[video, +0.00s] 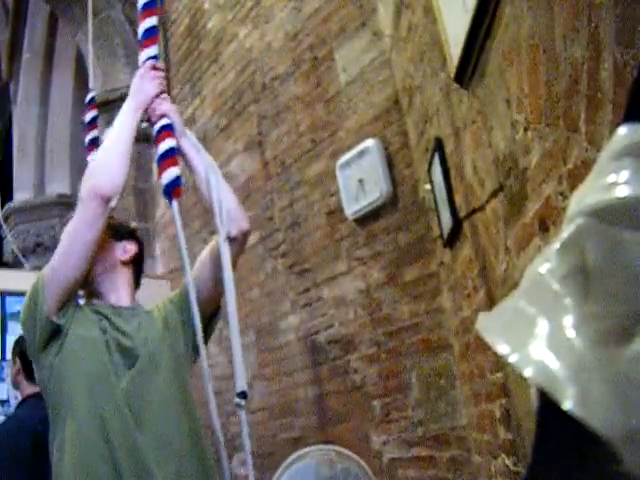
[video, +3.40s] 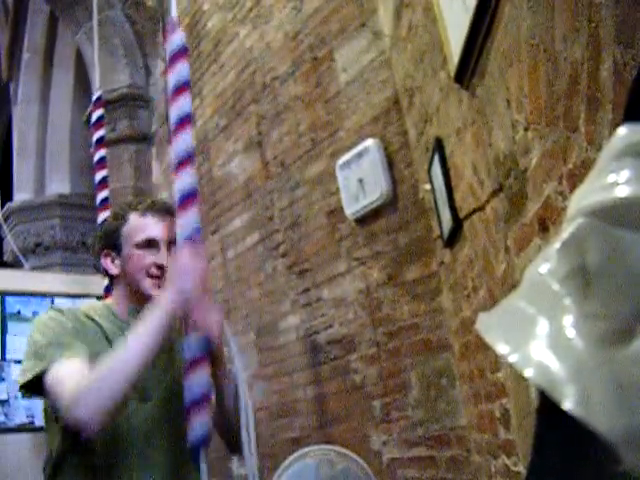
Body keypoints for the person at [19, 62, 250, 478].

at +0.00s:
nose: (84, 247)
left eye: (96, 237)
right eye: (83, 240)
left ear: (127, 250)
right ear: (72, 255)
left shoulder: (171, 322)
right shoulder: (53, 328)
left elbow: (234, 229)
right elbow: (98, 193)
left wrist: (179, 132)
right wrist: (134, 103)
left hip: (184, 470)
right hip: (86, 470)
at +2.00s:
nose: (101, 238)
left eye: (115, 230)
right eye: (102, 230)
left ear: (146, 245)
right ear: (88, 246)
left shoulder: (185, 320)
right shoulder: (66, 322)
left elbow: (248, 228)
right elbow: (112, 191)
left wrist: (193, 137)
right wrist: (145, 103)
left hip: (189, 470)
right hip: (92, 470)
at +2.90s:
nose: (148, 239)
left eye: (155, 231)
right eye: (137, 232)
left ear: (163, 244)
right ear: (108, 242)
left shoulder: (184, 331)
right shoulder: (65, 325)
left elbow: (251, 280)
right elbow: (126, 237)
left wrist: (193, 191)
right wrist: (142, 154)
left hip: (185, 471)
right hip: (94, 471)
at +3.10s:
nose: (153, 246)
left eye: (159, 235)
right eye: (136, 233)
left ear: (168, 249)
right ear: (97, 255)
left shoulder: (177, 326)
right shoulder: (58, 318)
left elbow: (252, 328)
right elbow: (127, 280)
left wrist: (200, 220)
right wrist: (149, 183)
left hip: (178, 471)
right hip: (90, 471)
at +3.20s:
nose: (152, 242)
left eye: (158, 235)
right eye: (135, 233)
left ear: (169, 251)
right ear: (104, 258)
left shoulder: (178, 334)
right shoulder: (53, 322)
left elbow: (252, 362)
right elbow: (119, 315)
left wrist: (204, 241)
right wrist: (157, 207)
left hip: (176, 472)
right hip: (85, 472)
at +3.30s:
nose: (160, 251)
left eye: (165, 241)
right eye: (143, 240)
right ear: (108, 259)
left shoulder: (180, 332)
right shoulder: (56, 321)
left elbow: (243, 402)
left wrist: (212, 280)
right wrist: (165, 243)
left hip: (175, 473)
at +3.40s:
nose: (163, 261)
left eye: (170, 248)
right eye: (148, 246)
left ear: (179, 256)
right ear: (111, 261)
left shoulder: (185, 332)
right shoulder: (60, 326)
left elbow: (237, 441)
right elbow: (86, 412)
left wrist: (217, 346)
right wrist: (170, 303)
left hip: (175, 473)